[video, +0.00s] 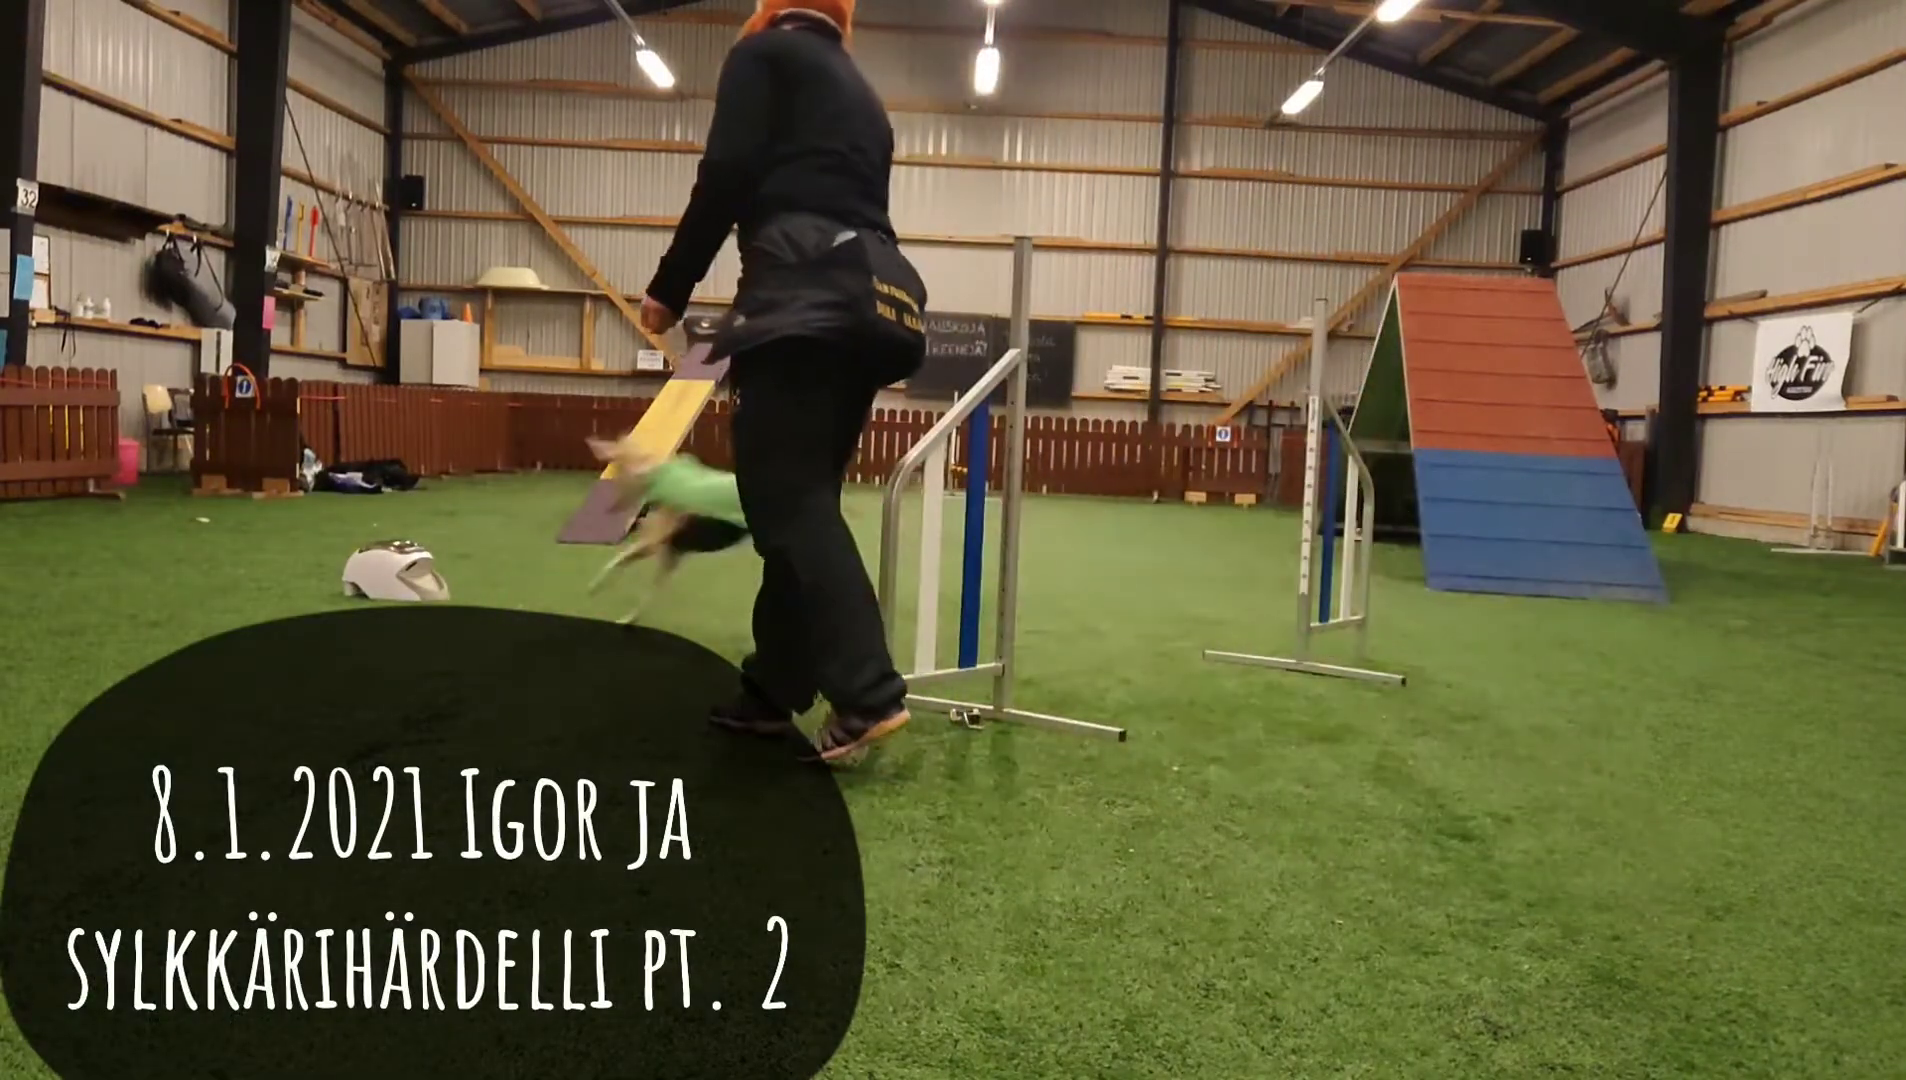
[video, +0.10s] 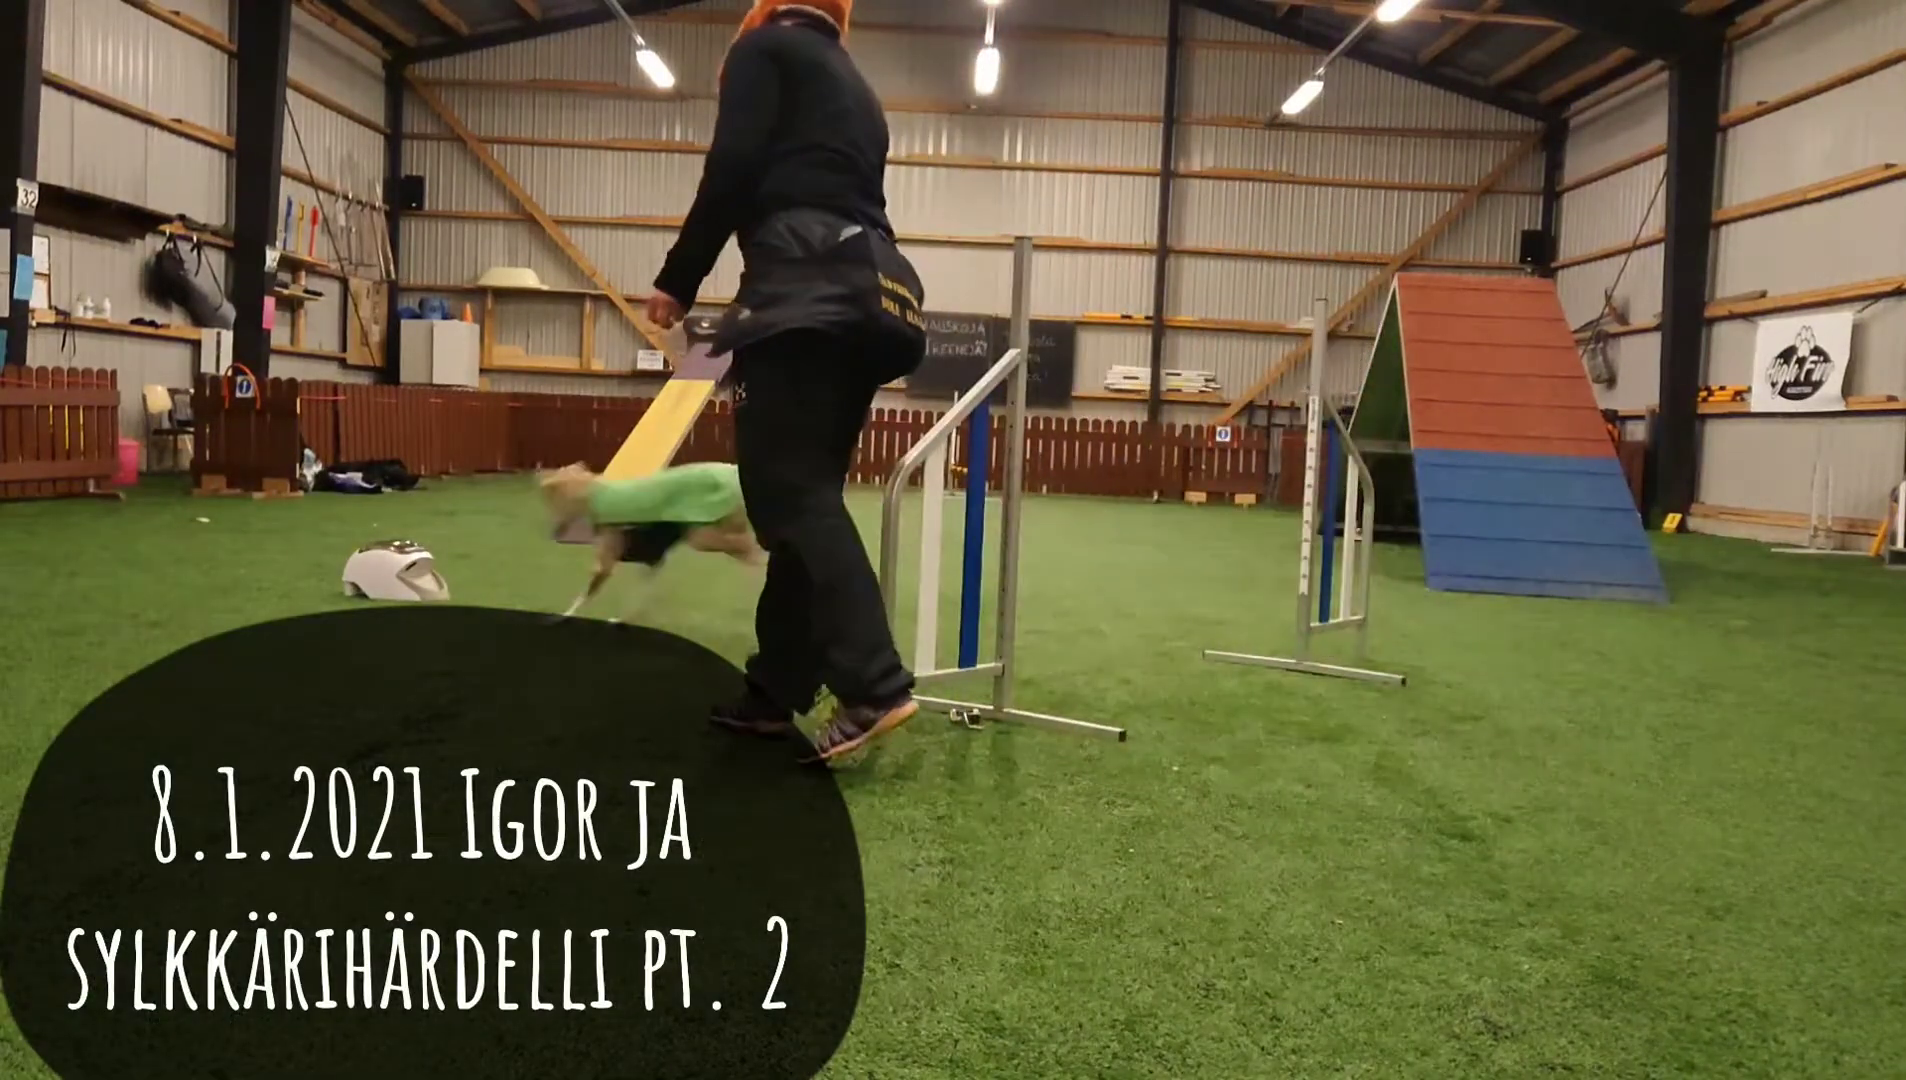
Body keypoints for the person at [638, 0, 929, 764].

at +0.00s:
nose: (751, 31)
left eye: (754, 24)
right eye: (757, 27)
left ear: (769, 19)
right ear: (834, 29)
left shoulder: (762, 52)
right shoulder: (861, 95)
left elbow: (726, 174)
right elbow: (847, 219)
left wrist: (669, 288)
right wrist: (752, 315)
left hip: (801, 296)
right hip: (877, 307)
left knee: (787, 498)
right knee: (803, 499)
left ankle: (868, 693)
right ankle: (774, 693)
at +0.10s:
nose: (745, 32)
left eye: (747, 24)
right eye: (748, 28)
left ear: (768, 16)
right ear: (827, 25)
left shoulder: (765, 47)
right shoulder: (855, 90)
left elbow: (732, 166)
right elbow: (844, 213)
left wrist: (677, 283)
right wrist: (754, 317)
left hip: (803, 295)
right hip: (871, 305)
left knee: (786, 497)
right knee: (805, 499)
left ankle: (876, 686)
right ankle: (775, 693)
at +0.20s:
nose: (747, 29)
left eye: (750, 22)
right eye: (749, 25)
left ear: (770, 11)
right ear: (830, 19)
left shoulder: (770, 44)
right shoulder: (856, 84)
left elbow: (743, 166)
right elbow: (843, 212)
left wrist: (688, 279)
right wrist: (757, 322)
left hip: (807, 296)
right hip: (871, 304)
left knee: (792, 495)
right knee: (811, 496)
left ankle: (894, 680)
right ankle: (775, 694)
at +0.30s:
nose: (755, 21)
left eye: (759, 15)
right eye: (757, 18)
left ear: (776, 8)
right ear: (842, 16)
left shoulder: (780, 43)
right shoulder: (864, 80)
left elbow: (756, 164)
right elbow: (852, 209)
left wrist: (699, 279)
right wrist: (764, 310)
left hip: (815, 290)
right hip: (877, 298)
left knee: (805, 489)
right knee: (811, 492)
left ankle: (919, 668)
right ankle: (776, 695)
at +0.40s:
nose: (769, 16)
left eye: (772, 10)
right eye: (770, 13)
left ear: (791, 5)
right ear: (857, 12)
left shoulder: (795, 41)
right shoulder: (880, 78)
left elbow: (769, 170)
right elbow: (869, 208)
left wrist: (709, 282)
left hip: (824, 302)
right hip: (886, 307)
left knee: (819, 494)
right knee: (816, 498)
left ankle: (951, 665)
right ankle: (780, 694)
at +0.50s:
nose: (784, 16)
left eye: (790, 5)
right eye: (786, 10)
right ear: (880, 8)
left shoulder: (822, 44)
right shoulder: (899, 72)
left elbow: (791, 180)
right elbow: (887, 212)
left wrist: (724, 293)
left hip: (843, 310)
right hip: (893, 313)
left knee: (841, 510)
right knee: (824, 515)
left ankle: (972, 679)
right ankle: (780, 696)